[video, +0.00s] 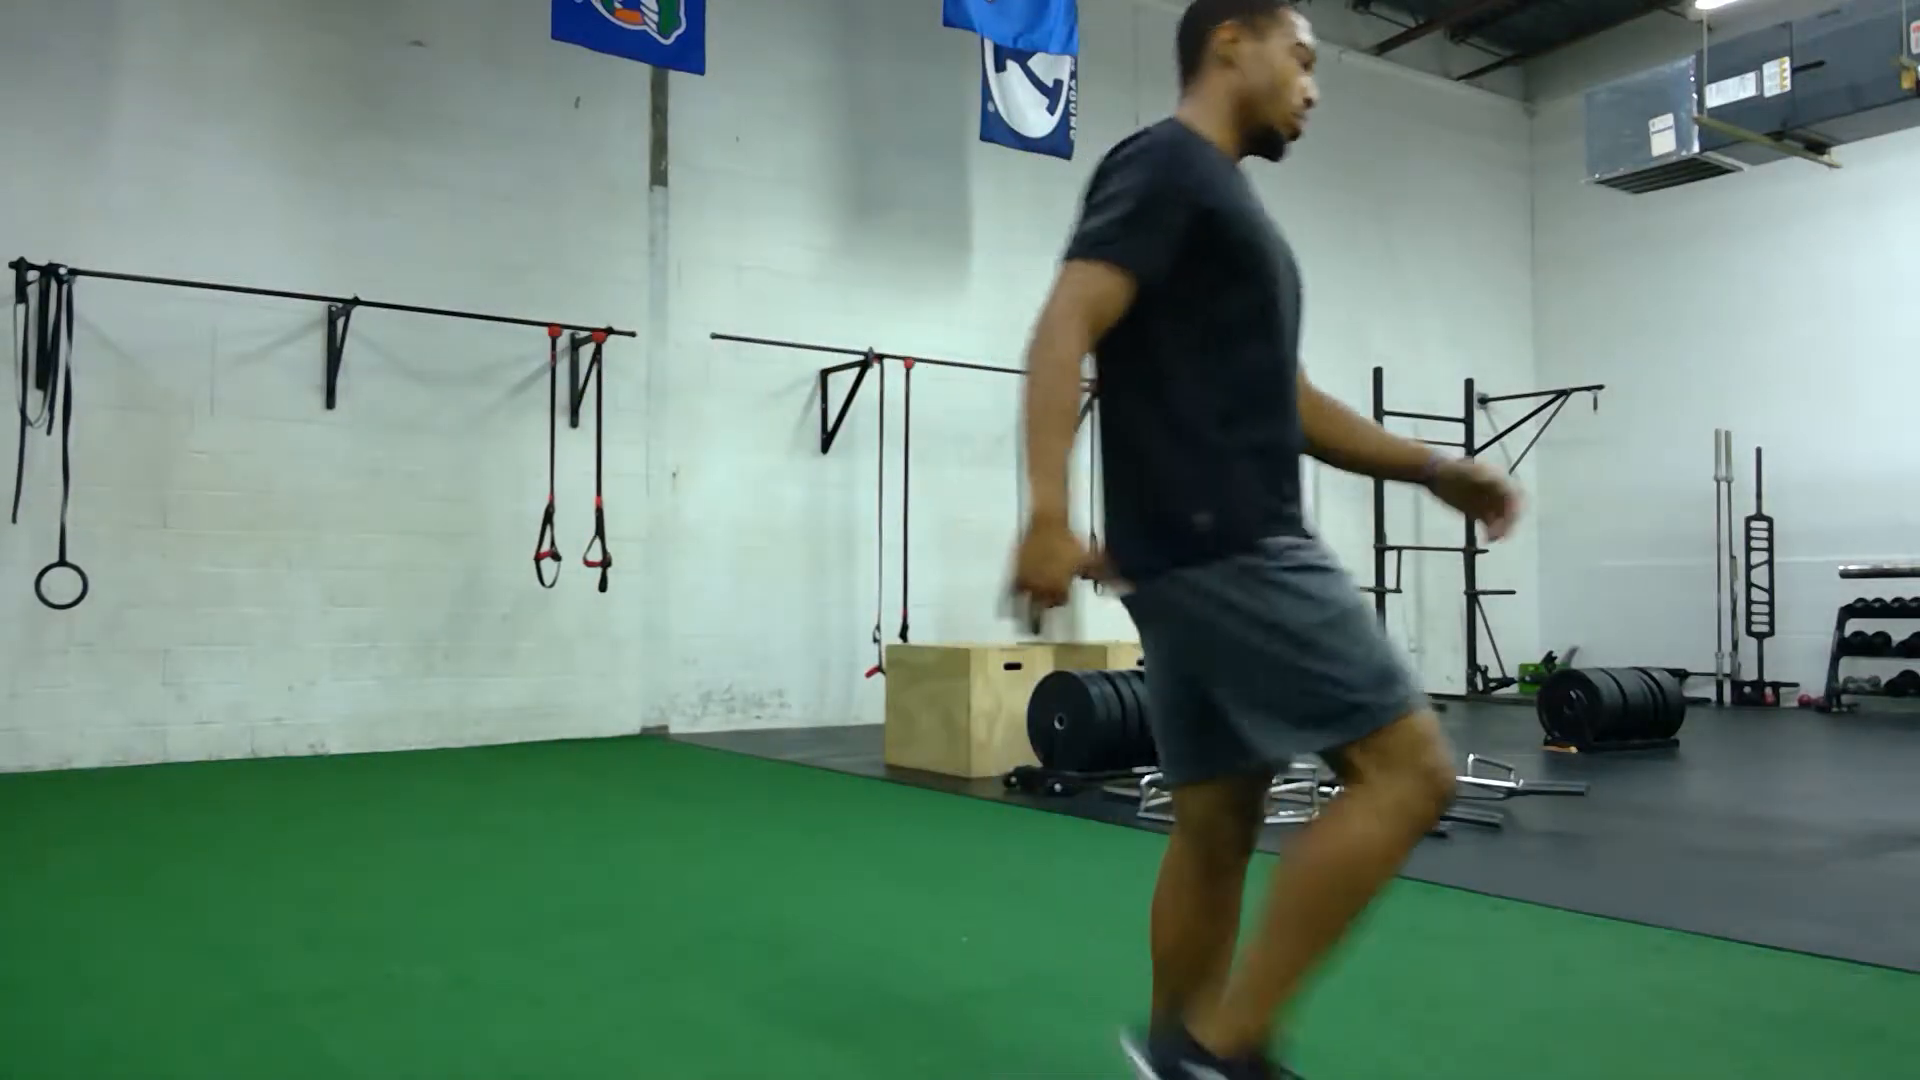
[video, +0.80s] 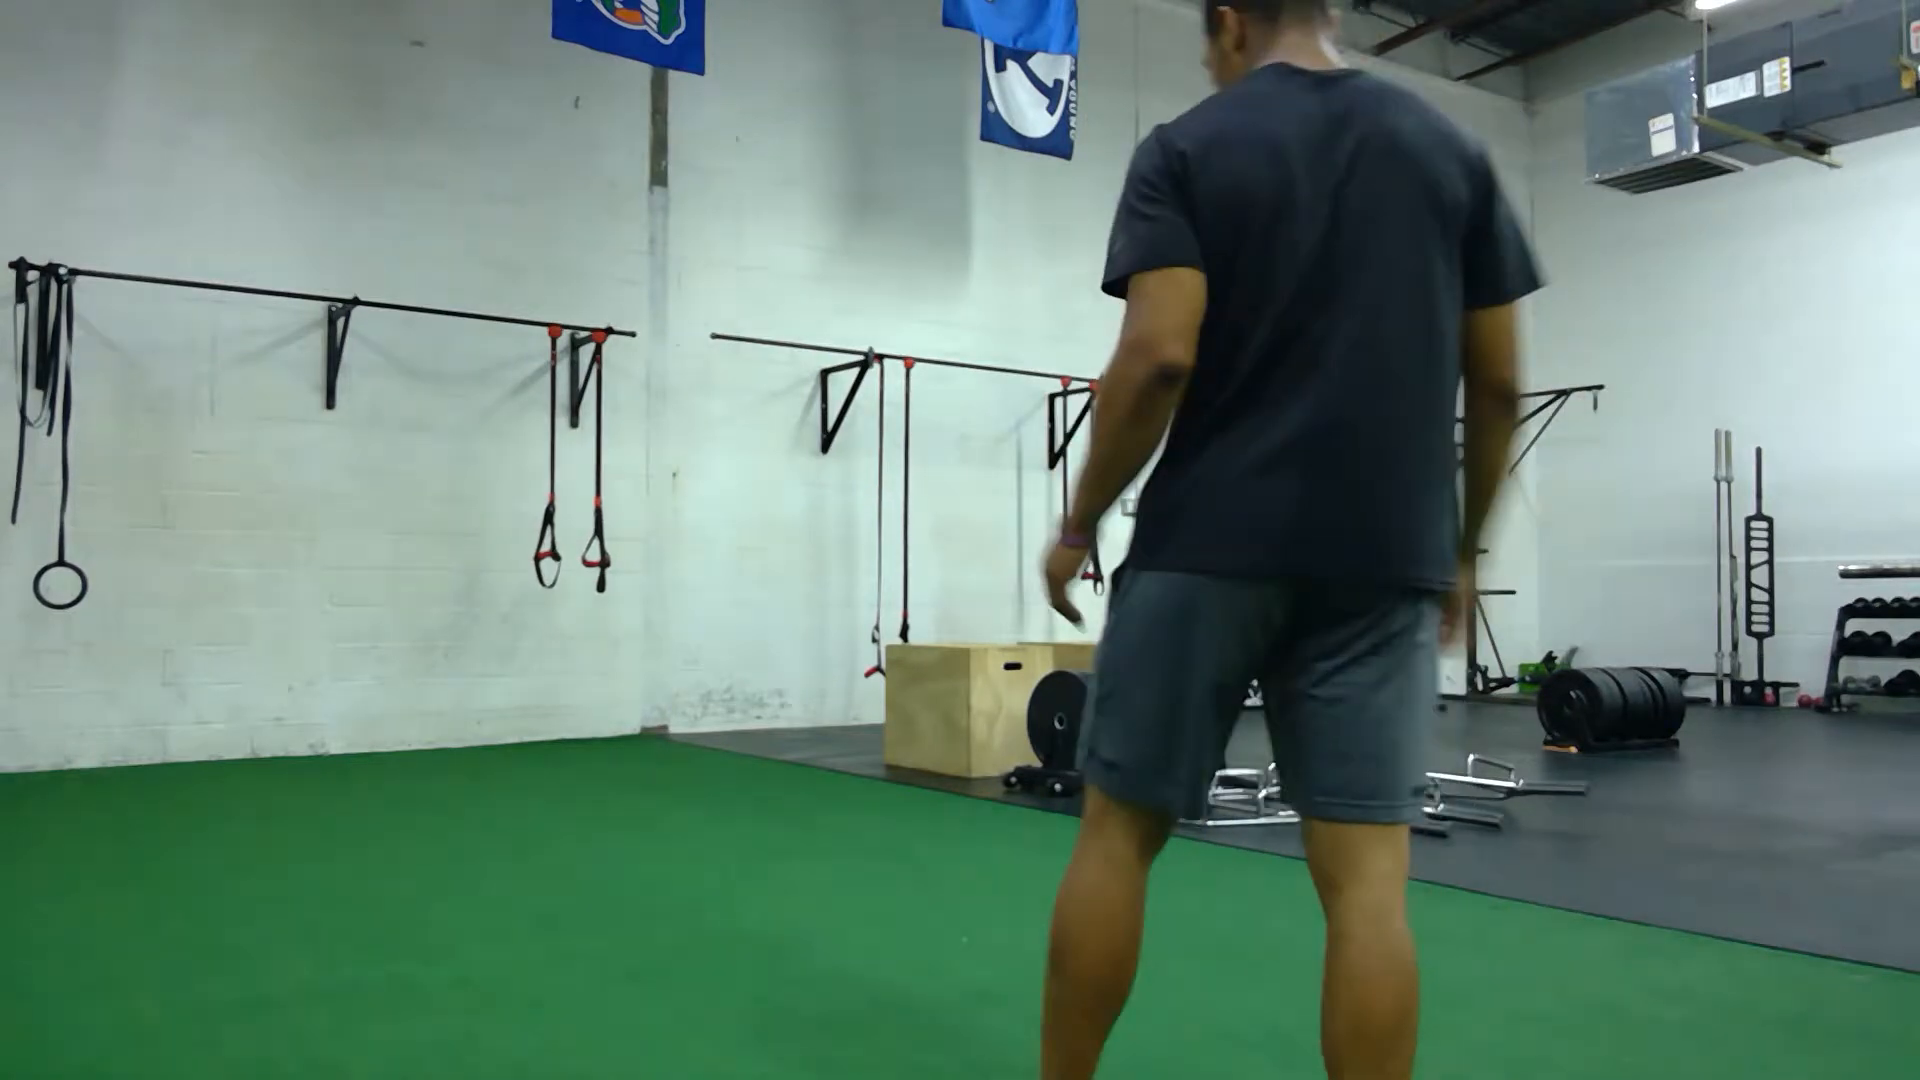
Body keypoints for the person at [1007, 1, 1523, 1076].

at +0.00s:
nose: (1314, 89)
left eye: (1315, 69)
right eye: (1302, 59)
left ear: (1234, 55)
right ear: (1232, 48)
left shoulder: (1224, 197)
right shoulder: (1165, 163)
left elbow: (1285, 400)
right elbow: (1063, 327)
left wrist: (1436, 468)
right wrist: (1048, 520)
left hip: (1196, 556)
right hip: (1232, 548)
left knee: (1214, 823)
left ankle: (1179, 1048)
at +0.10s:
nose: (1344, 85)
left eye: (1344, 62)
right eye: (1335, 51)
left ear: (1269, 44)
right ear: (1273, 34)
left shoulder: (1250, 175)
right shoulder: (1226, 143)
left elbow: (1288, 409)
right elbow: (1127, 301)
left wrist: (1445, 468)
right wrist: (1150, 493)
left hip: (1205, 550)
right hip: (1283, 543)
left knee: (1215, 827)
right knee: (1410, 804)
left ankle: (1174, 1066)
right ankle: (1369, 1067)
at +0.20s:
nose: (1360, 69)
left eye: (1356, 46)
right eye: (1354, 42)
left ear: (1248, 58)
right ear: (1319, 38)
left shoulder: (1213, 168)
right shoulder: (1304, 129)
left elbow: (1273, 400)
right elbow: (1228, 278)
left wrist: (1410, 514)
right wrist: (1283, 481)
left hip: (1211, 556)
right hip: (1319, 551)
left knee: (1248, 834)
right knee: (1394, 856)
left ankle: (1177, 1068)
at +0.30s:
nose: (1376, 66)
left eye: (1370, 45)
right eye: (1373, 43)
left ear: (1258, 61)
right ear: (1351, 36)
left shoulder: (1195, 196)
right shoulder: (1373, 121)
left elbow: (1203, 377)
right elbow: (1378, 266)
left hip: (1214, 555)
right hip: (1344, 551)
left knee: (1290, 831)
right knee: (1388, 860)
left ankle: (1199, 1066)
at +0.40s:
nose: (1393, 35)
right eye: (1394, 26)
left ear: (1272, 40)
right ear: (1378, 21)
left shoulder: (1196, 177)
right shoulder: (1423, 113)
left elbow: (1172, 399)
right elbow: (1513, 247)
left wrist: (1196, 548)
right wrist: (1637, 464)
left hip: (1216, 541)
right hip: (1360, 537)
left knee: (1270, 820)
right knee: (1379, 858)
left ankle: (1213, 1067)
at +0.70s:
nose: (1242, 59)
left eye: (1239, 41)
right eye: (1245, 45)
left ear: (1254, 26)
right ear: (1364, 24)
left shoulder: (1207, 146)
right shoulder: (1477, 136)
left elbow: (1122, 362)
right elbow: (1564, 367)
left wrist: (1045, 516)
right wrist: (1582, 548)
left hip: (1221, 545)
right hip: (1406, 552)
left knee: (1139, 821)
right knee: (1378, 880)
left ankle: (1086, 1068)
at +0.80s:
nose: (1207, 62)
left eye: (1206, 41)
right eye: (1208, 43)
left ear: (1229, 23)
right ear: (1329, 24)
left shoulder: (1189, 146)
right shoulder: (1449, 146)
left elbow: (1159, 354)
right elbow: (1499, 383)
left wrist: (1081, 517)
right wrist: (1464, 549)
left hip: (1213, 545)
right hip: (1387, 553)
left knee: (1116, 835)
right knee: (1368, 880)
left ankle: (1065, 1067)